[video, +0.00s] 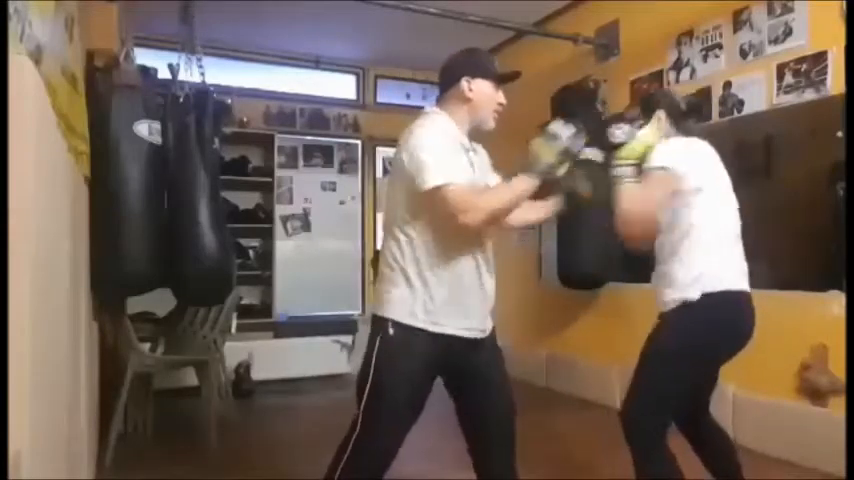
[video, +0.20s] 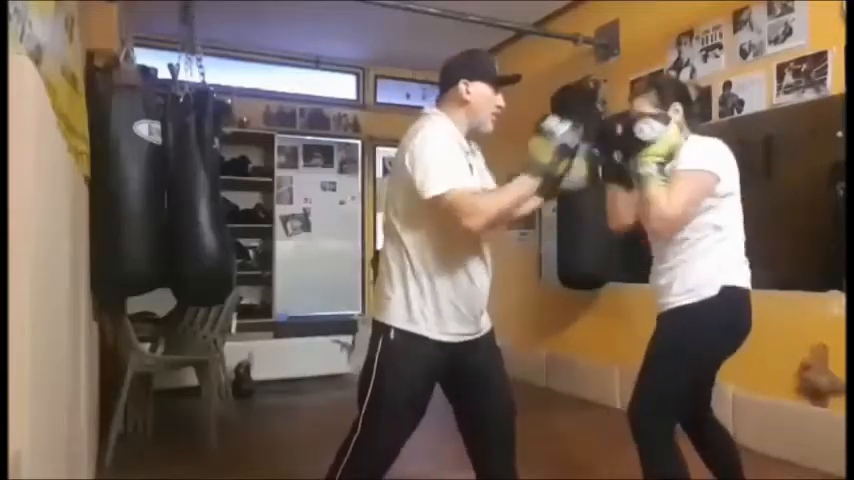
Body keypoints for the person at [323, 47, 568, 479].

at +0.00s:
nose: (503, 98)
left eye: (502, 88)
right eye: (496, 86)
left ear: (469, 90)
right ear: (468, 88)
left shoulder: (474, 152)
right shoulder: (426, 135)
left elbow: (508, 213)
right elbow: (468, 212)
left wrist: (566, 195)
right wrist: (532, 175)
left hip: (470, 327)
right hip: (410, 325)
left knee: (496, 446)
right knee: (370, 450)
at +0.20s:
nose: (502, 102)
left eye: (501, 92)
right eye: (494, 91)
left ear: (469, 92)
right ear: (465, 89)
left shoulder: (467, 148)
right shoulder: (431, 135)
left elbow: (500, 213)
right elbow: (472, 215)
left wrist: (553, 184)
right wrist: (535, 172)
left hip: (468, 326)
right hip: (411, 326)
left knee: (496, 431)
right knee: (375, 444)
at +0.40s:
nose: (494, 105)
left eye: (493, 95)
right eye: (487, 93)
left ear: (460, 94)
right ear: (458, 91)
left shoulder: (470, 146)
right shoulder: (426, 133)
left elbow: (521, 202)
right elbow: (524, 169)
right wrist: (605, 147)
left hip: (463, 328)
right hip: (405, 327)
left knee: (494, 447)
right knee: (370, 451)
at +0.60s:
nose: (470, 103)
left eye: (469, 94)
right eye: (463, 91)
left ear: (433, 94)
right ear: (432, 90)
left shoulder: (435, 148)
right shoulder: (398, 135)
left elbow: (490, 189)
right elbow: (470, 195)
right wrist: (520, 145)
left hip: (455, 332)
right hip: (394, 333)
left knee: (494, 460)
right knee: (360, 463)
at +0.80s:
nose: (448, 98)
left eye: (447, 89)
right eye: (438, 86)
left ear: (410, 92)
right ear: (408, 89)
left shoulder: (425, 149)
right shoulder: (371, 140)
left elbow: (458, 205)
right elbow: (441, 180)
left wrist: (500, 170)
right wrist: (484, 120)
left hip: (446, 331)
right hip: (383, 336)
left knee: (486, 458)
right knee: (355, 463)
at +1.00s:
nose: (452, 102)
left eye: (451, 91)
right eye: (443, 89)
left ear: (419, 93)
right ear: (412, 90)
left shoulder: (439, 146)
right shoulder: (368, 144)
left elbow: (495, 181)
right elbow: (401, 213)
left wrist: (555, 161)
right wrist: (459, 161)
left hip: (448, 334)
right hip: (380, 340)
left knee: (487, 456)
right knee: (355, 462)